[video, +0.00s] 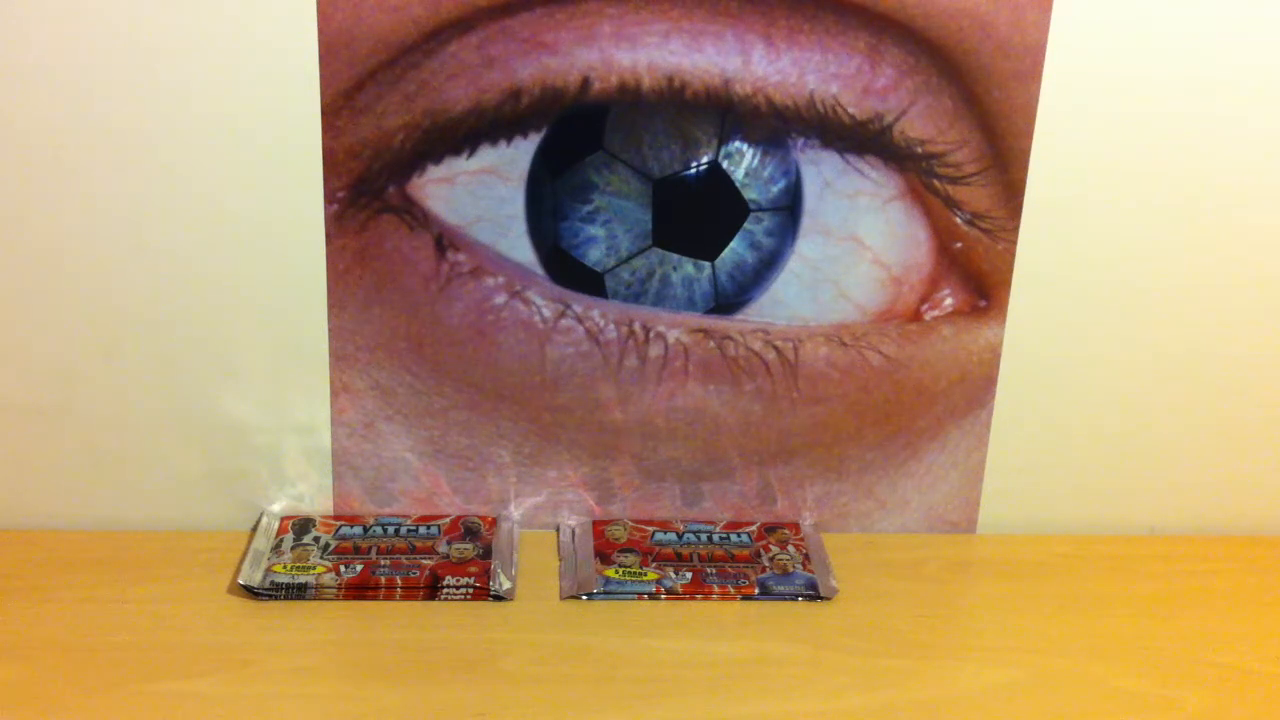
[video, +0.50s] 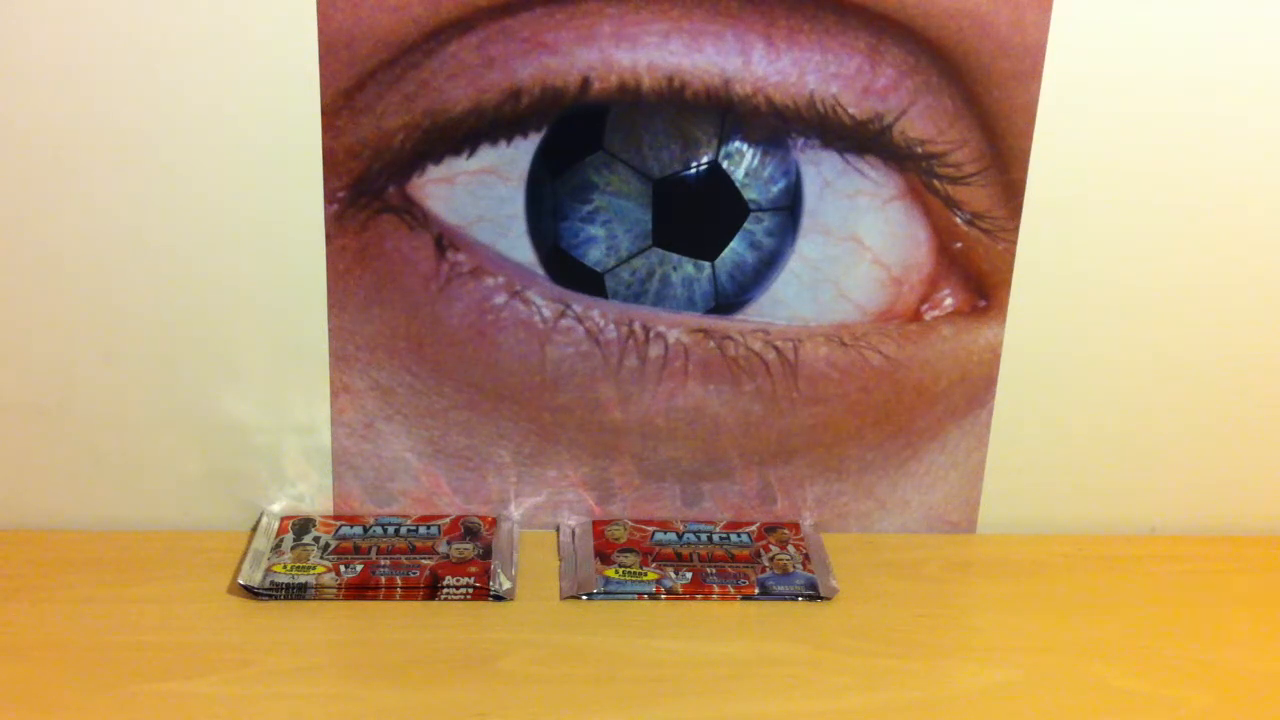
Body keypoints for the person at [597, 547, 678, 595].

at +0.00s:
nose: (621, 560)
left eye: (626, 557)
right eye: (619, 557)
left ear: (638, 558)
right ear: (616, 558)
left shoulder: (651, 573)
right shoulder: (610, 571)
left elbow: (675, 590)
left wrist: (668, 575)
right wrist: (597, 573)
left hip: (641, 606)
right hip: (612, 606)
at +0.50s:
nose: (621, 560)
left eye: (626, 557)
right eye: (619, 557)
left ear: (638, 558)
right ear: (616, 558)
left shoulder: (651, 573)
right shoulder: (609, 571)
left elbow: (673, 590)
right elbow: (597, 590)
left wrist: (674, 587)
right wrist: (596, 574)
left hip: (641, 607)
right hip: (612, 606)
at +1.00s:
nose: (621, 560)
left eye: (626, 557)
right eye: (619, 557)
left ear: (638, 558)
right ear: (616, 558)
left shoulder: (651, 573)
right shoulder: (609, 571)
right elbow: (597, 589)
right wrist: (597, 574)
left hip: (641, 606)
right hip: (612, 605)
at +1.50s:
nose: (621, 560)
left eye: (626, 557)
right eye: (619, 557)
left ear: (638, 558)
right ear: (616, 558)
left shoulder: (651, 573)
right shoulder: (609, 571)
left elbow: (673, 589)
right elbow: (596, 589)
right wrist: (597, 574)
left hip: (640, 606)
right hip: (612, 605)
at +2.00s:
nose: (621, 560)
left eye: (626, 557)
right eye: (619, 557)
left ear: (638, 558)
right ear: (615, 558)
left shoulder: (651, 573)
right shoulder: (609, 571)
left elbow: (673, 589)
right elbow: (596, 589)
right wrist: (596, 574)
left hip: (640, 606)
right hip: (612, 605)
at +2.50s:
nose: (621, 560)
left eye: (626, 557)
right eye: (619, 557)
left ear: (638, 558)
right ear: (616, 558)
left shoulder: (650, 573)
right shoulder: (610, 571)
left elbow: (665, 582)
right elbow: (597, 586)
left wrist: (672, 588)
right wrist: (597, 574)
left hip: (642, 604)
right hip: (613, 604)